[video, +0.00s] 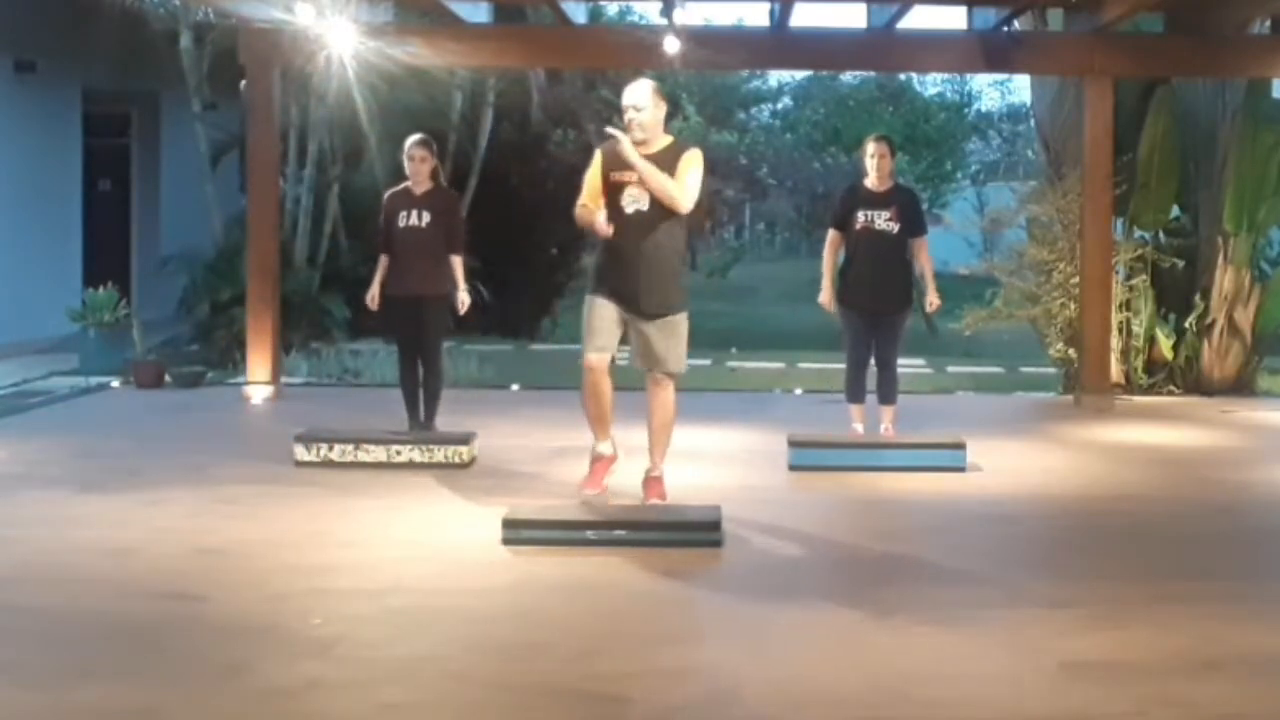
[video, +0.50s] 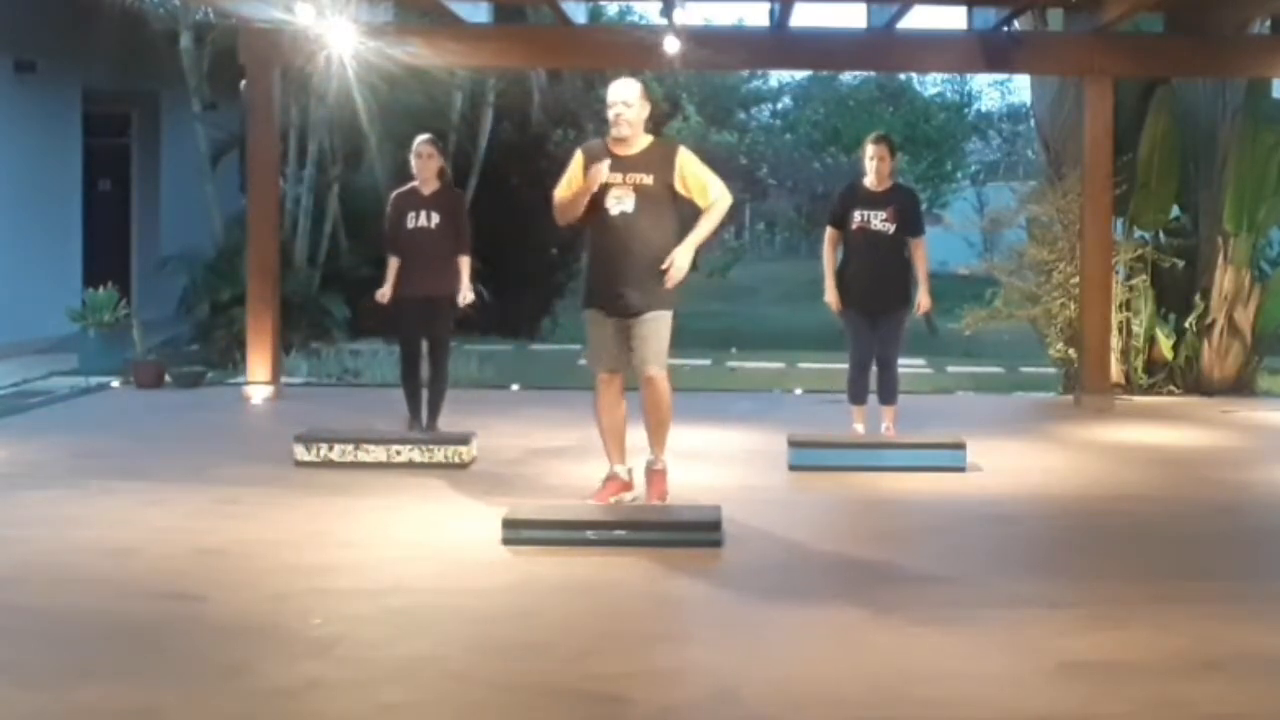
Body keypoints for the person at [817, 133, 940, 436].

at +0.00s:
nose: (877, 162)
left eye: (882, 156)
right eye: (871, 156)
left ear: (892, 160)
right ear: (864, 160)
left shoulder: (907, 198)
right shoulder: (850, 196)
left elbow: (920, 246)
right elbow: (833, 242)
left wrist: (930, 288)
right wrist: (827, 286)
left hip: (894, 292)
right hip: (855, 291)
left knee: (887, 359)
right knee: (856, 358)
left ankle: (887, 425)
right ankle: (857, 424)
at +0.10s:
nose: (877, 163)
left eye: (882, 157)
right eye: (872, 157)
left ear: (893, 161)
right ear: (865, 161)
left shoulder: (908, 198)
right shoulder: (851, 196)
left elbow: (921, 246)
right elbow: (834, 242)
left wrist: (930, 288)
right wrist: (829, 287)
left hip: (894, 292)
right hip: (856, 291)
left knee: (887, 360)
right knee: (857, 358)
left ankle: (888, 425)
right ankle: (858, 425)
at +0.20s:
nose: (877, 163)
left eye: (883, 157)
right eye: (872, 157)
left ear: (894, 160)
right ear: (866, 161)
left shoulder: (909, 198)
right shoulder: (852, 195)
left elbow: (921, 246)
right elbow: (835, 241)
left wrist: (927, 290)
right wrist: (831, 286)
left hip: (895, 291)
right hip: (857, 290)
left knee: (887, 359)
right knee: (859, 359)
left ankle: (888, 425)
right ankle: (859, 425)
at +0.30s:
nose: (877, 163)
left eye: (882, 157)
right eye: (872, 157)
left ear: (893, 160)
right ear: (866, 161)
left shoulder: (909, 199)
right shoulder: (852, 195)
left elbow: (919, 247)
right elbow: (835, 241)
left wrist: (925, 292)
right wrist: (832, 286)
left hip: (894, 292)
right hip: (857, 291)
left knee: (887, 359)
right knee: (860, 359)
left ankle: (887, 424)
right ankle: (859, 423)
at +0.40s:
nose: (875, 163)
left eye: (881, 158)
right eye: (871, 158)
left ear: (893, 161)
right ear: (864, 161)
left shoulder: (907, 199)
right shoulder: (850, 195)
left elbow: (918, 247)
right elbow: (833, 241)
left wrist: (924, 291)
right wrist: (832, 285)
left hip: (893, 292)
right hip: (856, 291)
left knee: (887, 360)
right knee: (860, 359)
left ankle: (887, 425)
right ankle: (859, 424)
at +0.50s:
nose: (875, 163)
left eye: (881, 158)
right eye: (870, 158)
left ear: (892, 161)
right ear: (864, 160)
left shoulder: (906, 198)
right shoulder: (848, 195)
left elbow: (917, 245)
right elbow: (831, 240)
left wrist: (923, 288)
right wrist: (830, 285)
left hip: (894, 291)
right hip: (855, 290)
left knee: (888, 358)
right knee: (860, 356)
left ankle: (888, 423)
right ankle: (858, 423)